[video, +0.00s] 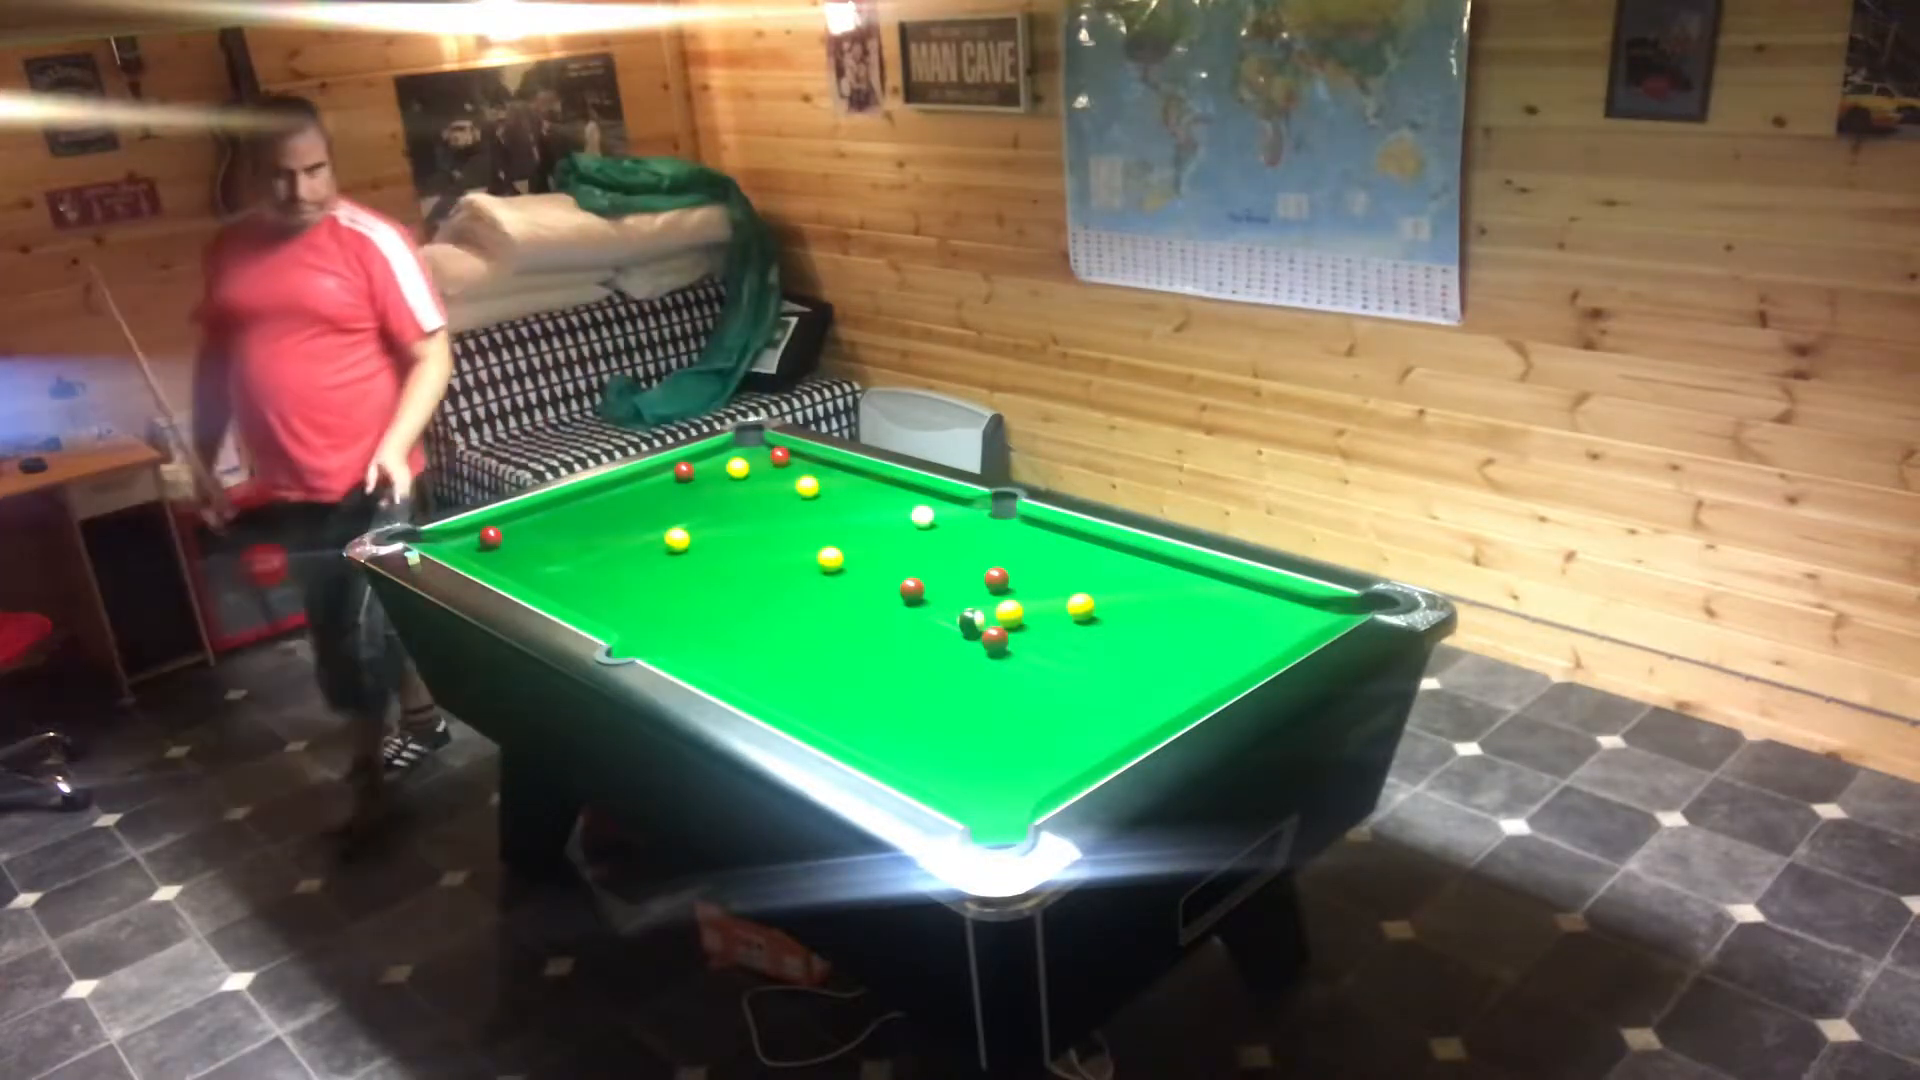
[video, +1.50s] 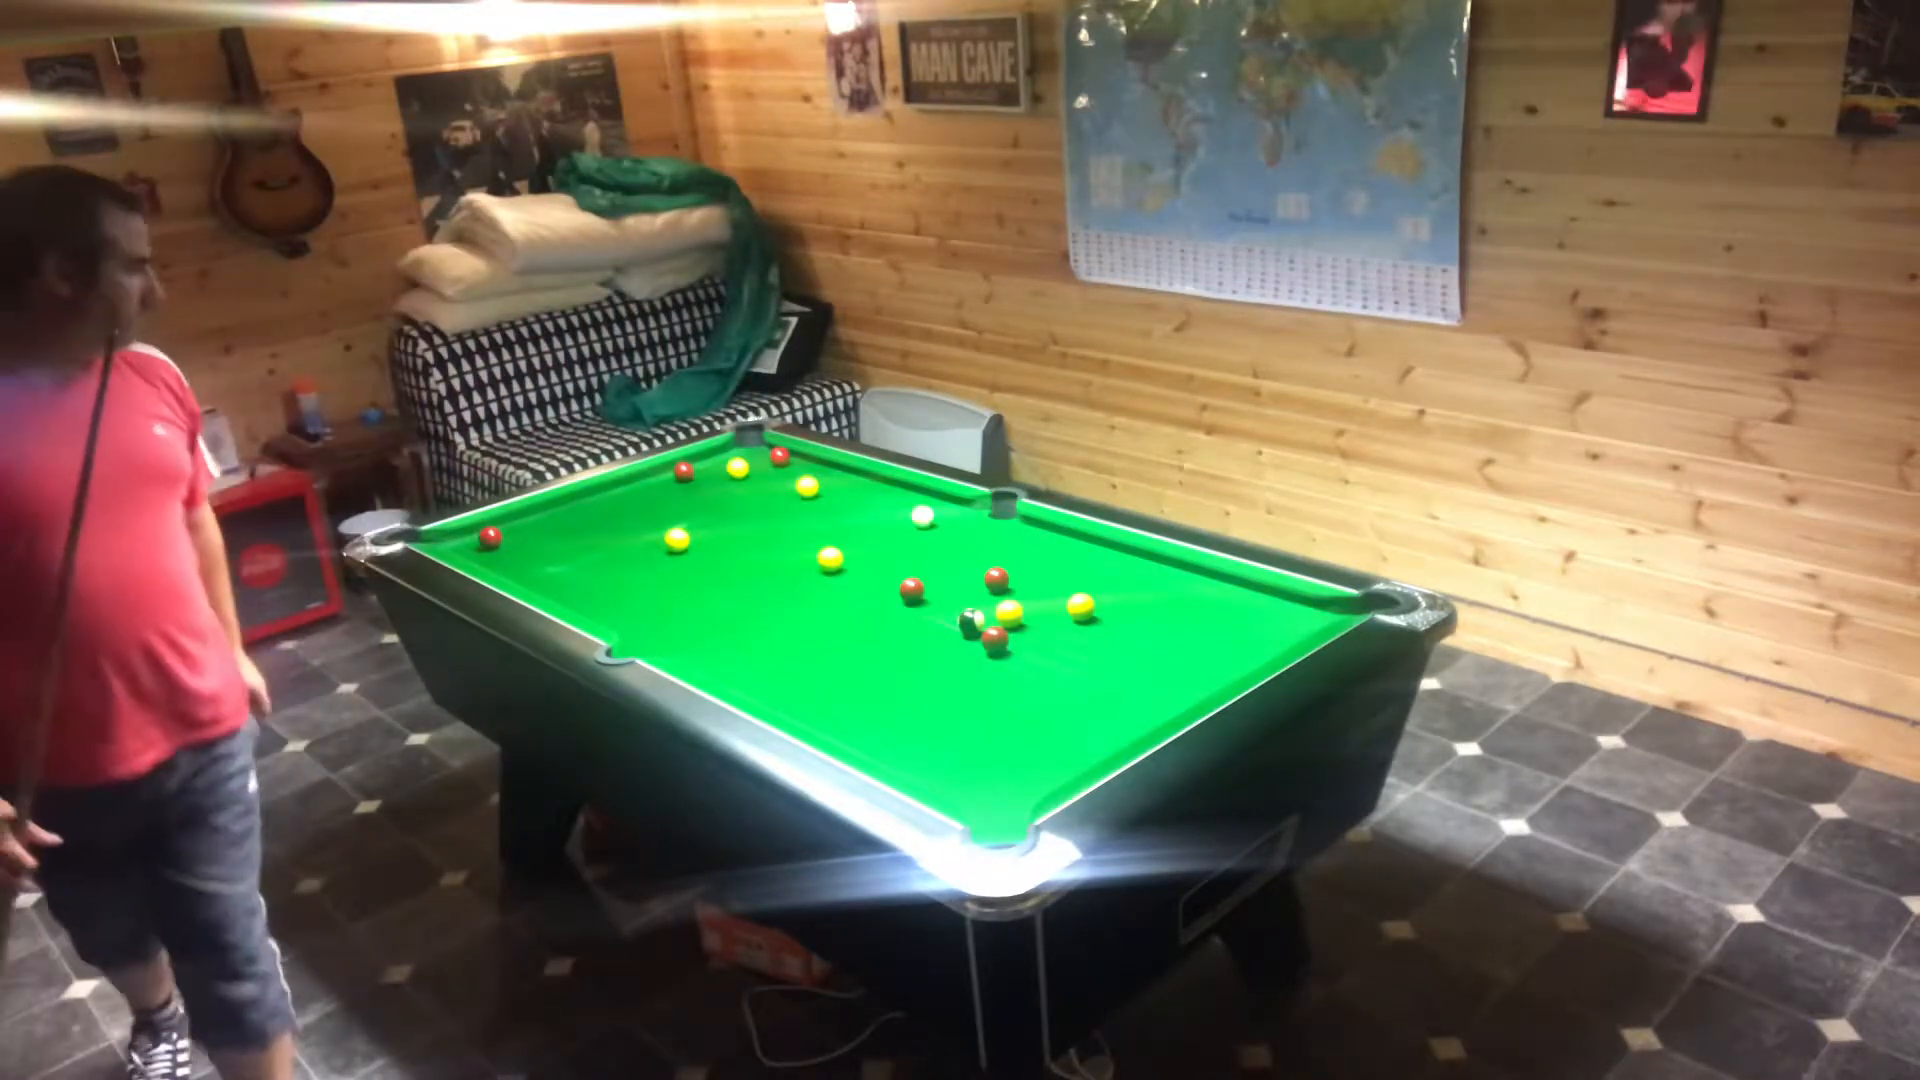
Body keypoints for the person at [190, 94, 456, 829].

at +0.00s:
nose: (298, 190)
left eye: (313, 171)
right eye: (279, 175)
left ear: (333, 167)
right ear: (249, 178)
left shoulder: (372, 241)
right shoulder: (233, 253)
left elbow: (433, 354)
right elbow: (216, 359)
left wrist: (397, 447)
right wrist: (207, 457)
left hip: (372, 485)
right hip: (291, 493)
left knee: (349, 644)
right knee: (364, 615)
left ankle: (371, 775)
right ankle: (421, 715)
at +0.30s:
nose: (251, 214)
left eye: (264, 195)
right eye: (229, 199)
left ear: (281, 189)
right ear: (192, 196)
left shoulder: (317, 276)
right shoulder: (141, 283)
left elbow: (379, 386)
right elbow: (122, 405)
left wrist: (373, 486)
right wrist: (116, 503)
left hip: (302, 515)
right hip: (211, 526)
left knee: (277, 690)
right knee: (301, 644)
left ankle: (281, 849)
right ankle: (400, 712)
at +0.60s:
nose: (205, 224)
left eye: (218, 204)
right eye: (183, 207)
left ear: (232, 194)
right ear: (135, 202)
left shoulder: (267, 291)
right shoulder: (63, 297)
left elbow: (323, 407)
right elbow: (25, 442)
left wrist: (367, 511)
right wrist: (52, 555)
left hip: (248, 573)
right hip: (130, 583)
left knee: (275, 729)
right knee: (154, 746)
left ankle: (285, 848)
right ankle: (211, 847)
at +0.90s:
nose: (154, 248)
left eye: (163, 228)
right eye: (131, 230)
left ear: (170, 223)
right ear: (64, 228)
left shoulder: (204, 321)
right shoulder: (13, 329)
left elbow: (275, 434)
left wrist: (354, 529)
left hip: (208, 622)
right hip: (77, 641)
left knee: (253, 760)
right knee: (131, 830)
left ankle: (278, 846)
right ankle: (160, 1014)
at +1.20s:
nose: (121, 254)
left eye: (122, 233)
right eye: (97, 237)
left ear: (120, 231)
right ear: (23, 244)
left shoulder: (144, 338)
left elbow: (208, 464)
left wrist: (281, 572)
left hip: (177, 673)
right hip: (40, 706)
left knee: (216, 849)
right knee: (104, 893)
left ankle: (242, 915)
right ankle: (159, 1018)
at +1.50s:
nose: (155, 290)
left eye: (153, 266)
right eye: (135, 267)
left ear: (72, 278)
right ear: (56, 278)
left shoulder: (154, 380)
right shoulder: (5, 405)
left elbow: (199, 520)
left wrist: (233, 649)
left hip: (197, 737)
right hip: (54, 772)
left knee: (234, 968)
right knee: (114, 938)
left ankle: (274, 1073)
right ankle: (161, 1017)